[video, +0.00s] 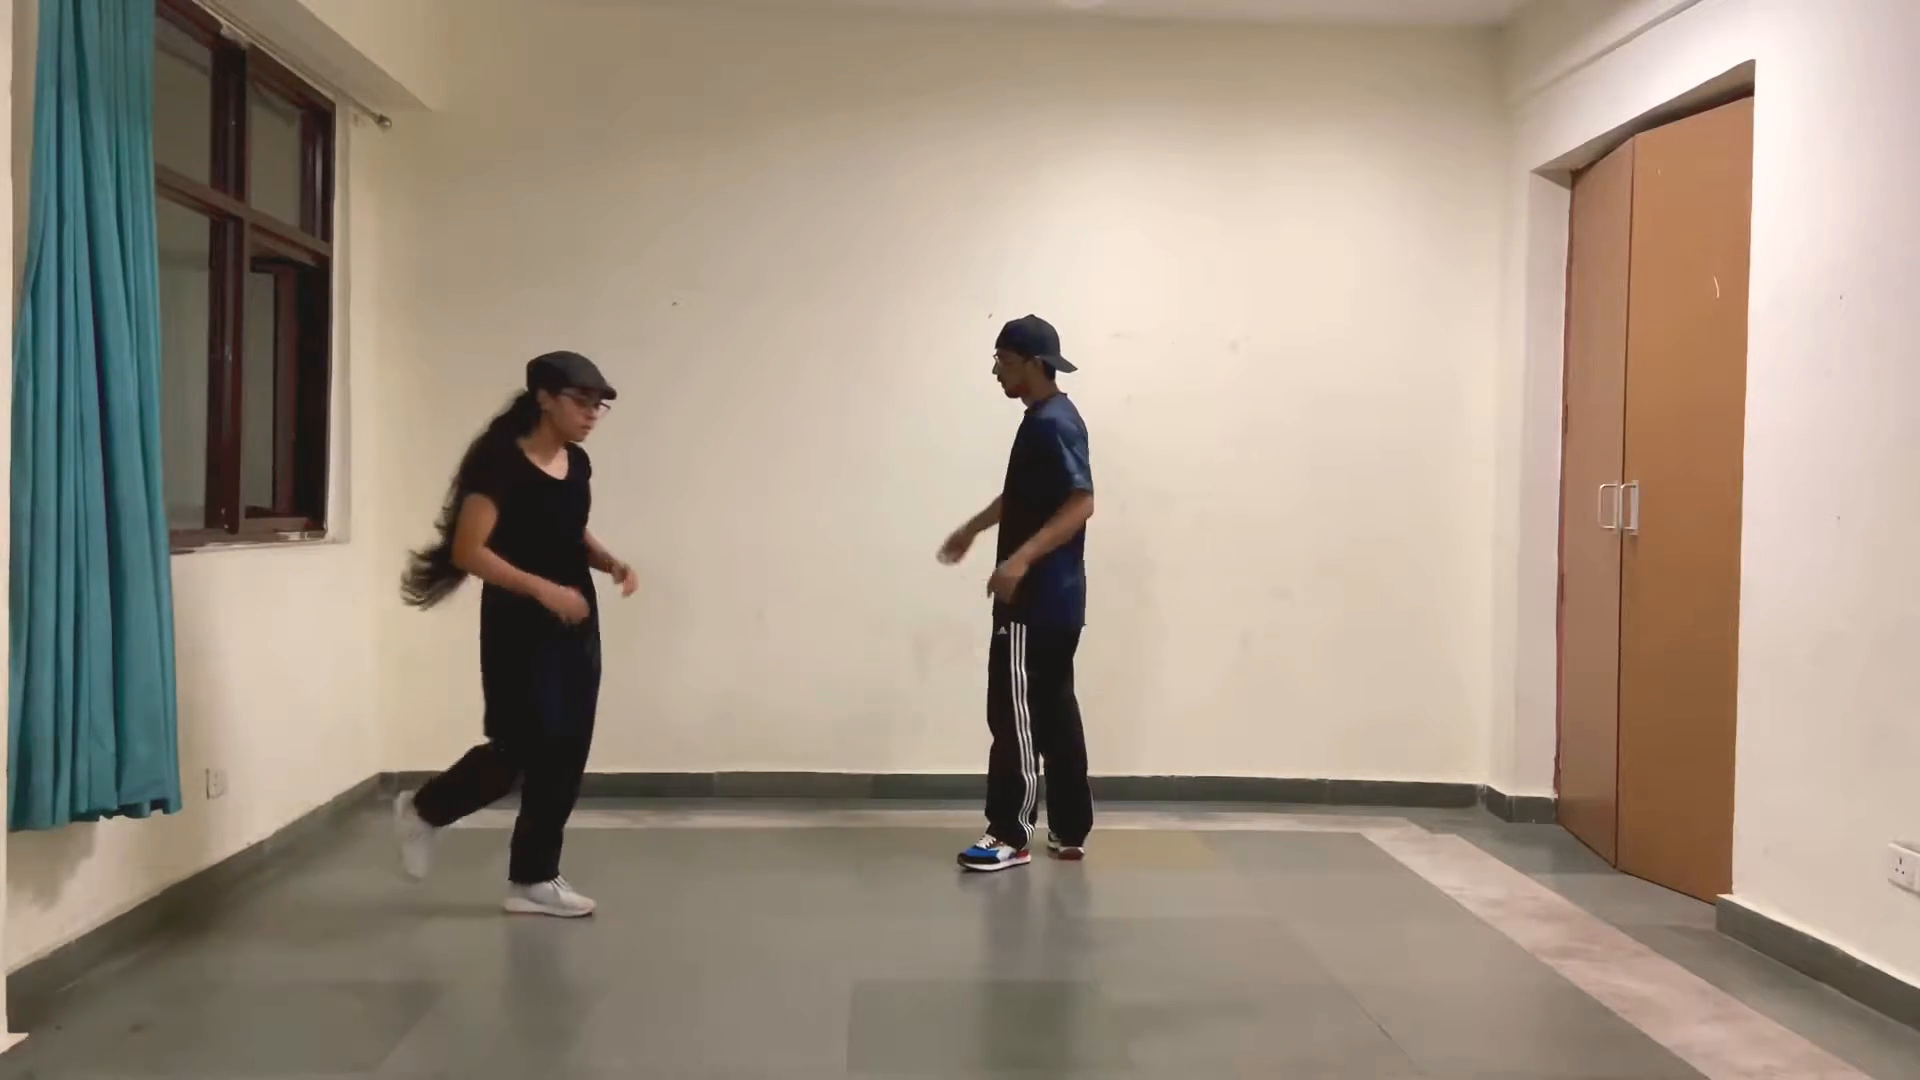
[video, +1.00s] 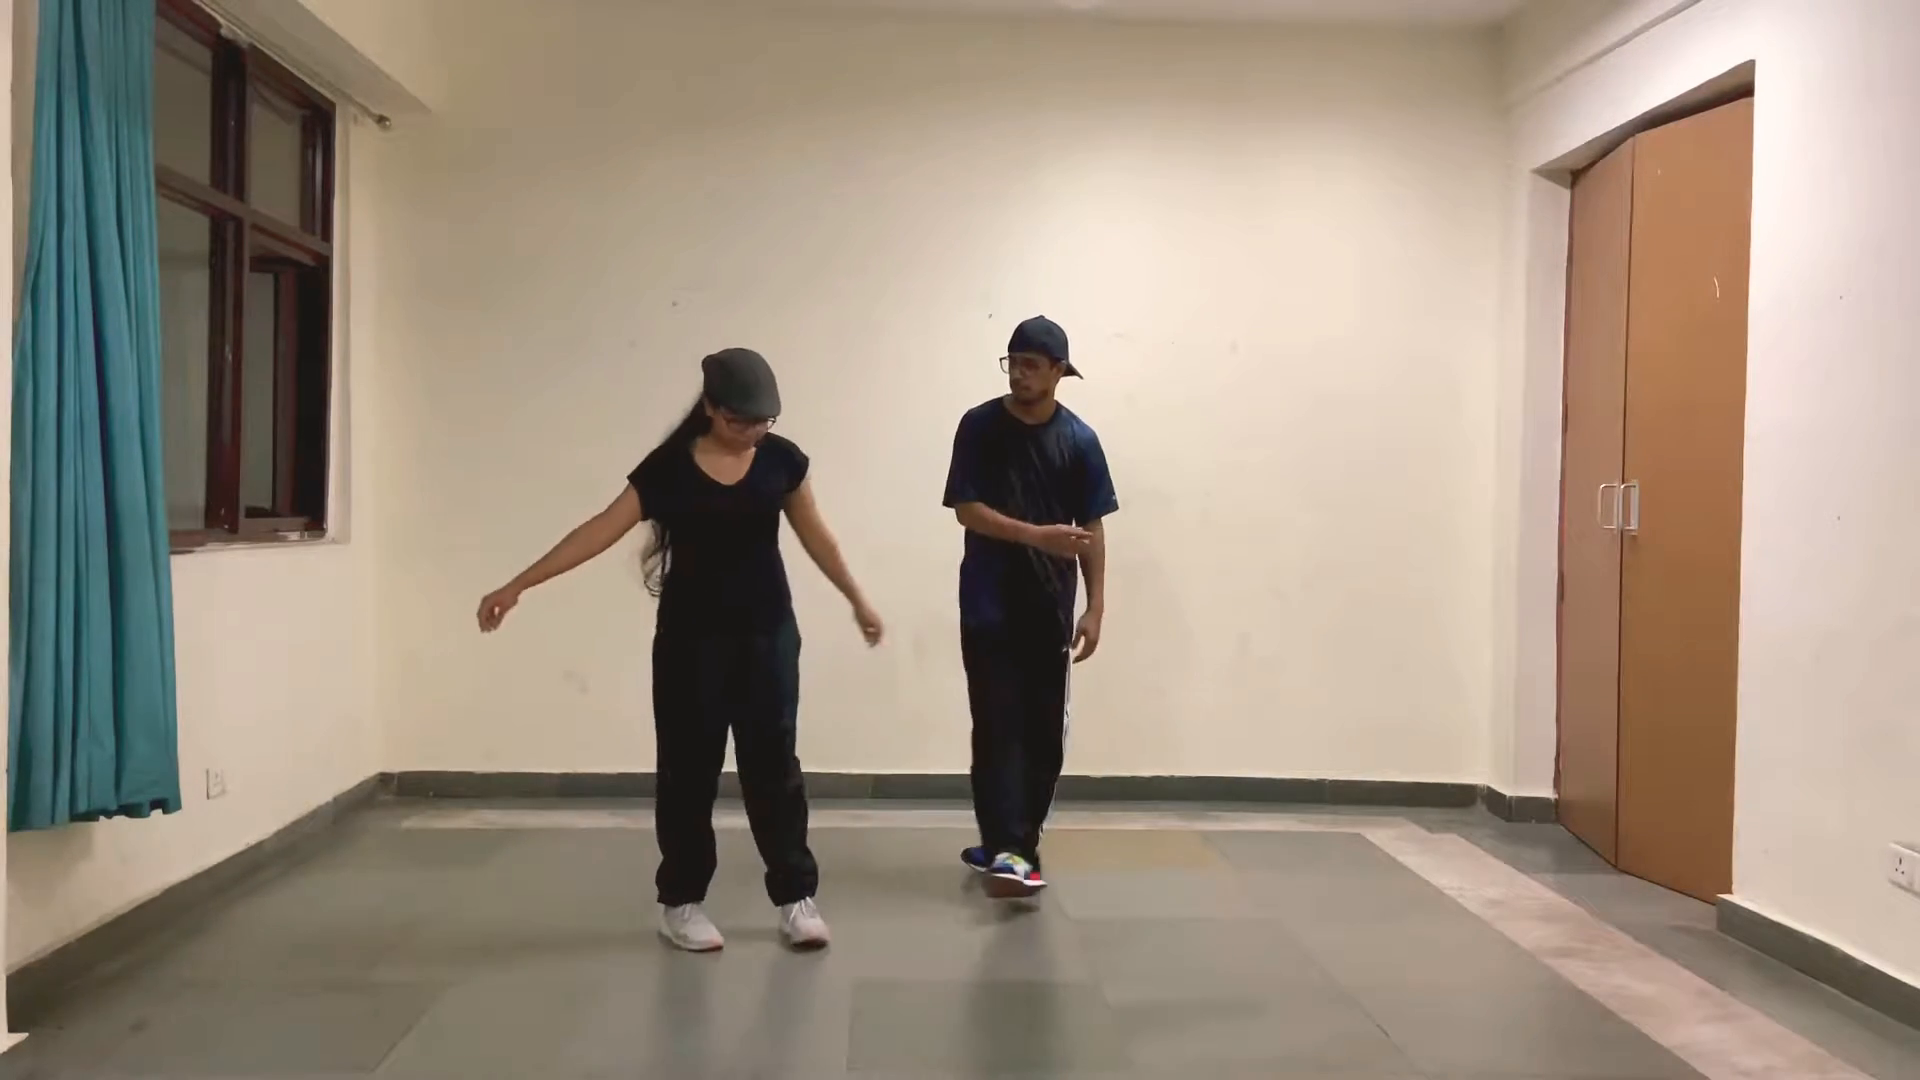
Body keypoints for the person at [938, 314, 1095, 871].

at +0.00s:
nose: (996, 371)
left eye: (1002, 361)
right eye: (997, 361)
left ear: (1031, 363)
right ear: (1036, 365)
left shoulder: (1052, 422)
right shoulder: (1046, 417)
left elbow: (1080, 504)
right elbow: (1023, 492)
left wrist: (1019, 560)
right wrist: (971, 528)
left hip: (1035, 597)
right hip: (1047, 595)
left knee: (1012, 714)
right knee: (1053, 711)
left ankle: (1009, 836)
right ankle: (1069, 831)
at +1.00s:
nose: (1022, 374)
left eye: (1034, 365)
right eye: (1015, 364)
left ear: (1059, 371)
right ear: (1006, 365)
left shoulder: (1079, 439)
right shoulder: (979, 426)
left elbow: (1092, 527)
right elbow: (965, 509)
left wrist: (1096, 607)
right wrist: (1036, 534)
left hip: (1049, 604)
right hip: (988, 600)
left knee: (1043, 724)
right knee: (996, 720)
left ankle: (1021, 848)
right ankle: (1005, 850)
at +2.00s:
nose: (1028, 353)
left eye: (1039, 343)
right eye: (1017, 342)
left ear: (1059, 348)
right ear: (1004, 346)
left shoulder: (1085, 413)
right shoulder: (978, 423)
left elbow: (1120, 493)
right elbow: (960, 515)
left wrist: (1166, 561)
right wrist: (915, 569)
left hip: (1092, 610)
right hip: (1018, 618)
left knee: (1113, 748)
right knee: (1034, 753)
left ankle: (1129, 886)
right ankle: (1055, 877)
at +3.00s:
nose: (966, 360)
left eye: (978, 348)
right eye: (954, 349)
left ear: (1001, 348)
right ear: (941, 352)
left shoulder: (1036, 424)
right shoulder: (915, 428)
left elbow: (1073, 504)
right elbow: (889, 524)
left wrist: (1112, 537)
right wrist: (846, 611)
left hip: (1021, 627)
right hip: (943, 625)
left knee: (1032, 762)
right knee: (934, 750)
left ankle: (1026, 907)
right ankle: (896, 862)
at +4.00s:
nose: (1001, 379)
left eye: (1013, 366)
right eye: (987, 366)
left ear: (1031, 364)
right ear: (969, 368)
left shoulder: (1061, 435)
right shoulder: (940, 442)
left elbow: (1066, 543)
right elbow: (923, 539)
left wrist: (1058, 633)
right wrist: (899, 626)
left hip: (1059, 611)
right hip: (985, 617)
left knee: (1078, 748)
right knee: (987, 756)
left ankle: (1089, 879)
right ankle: (987, 901)